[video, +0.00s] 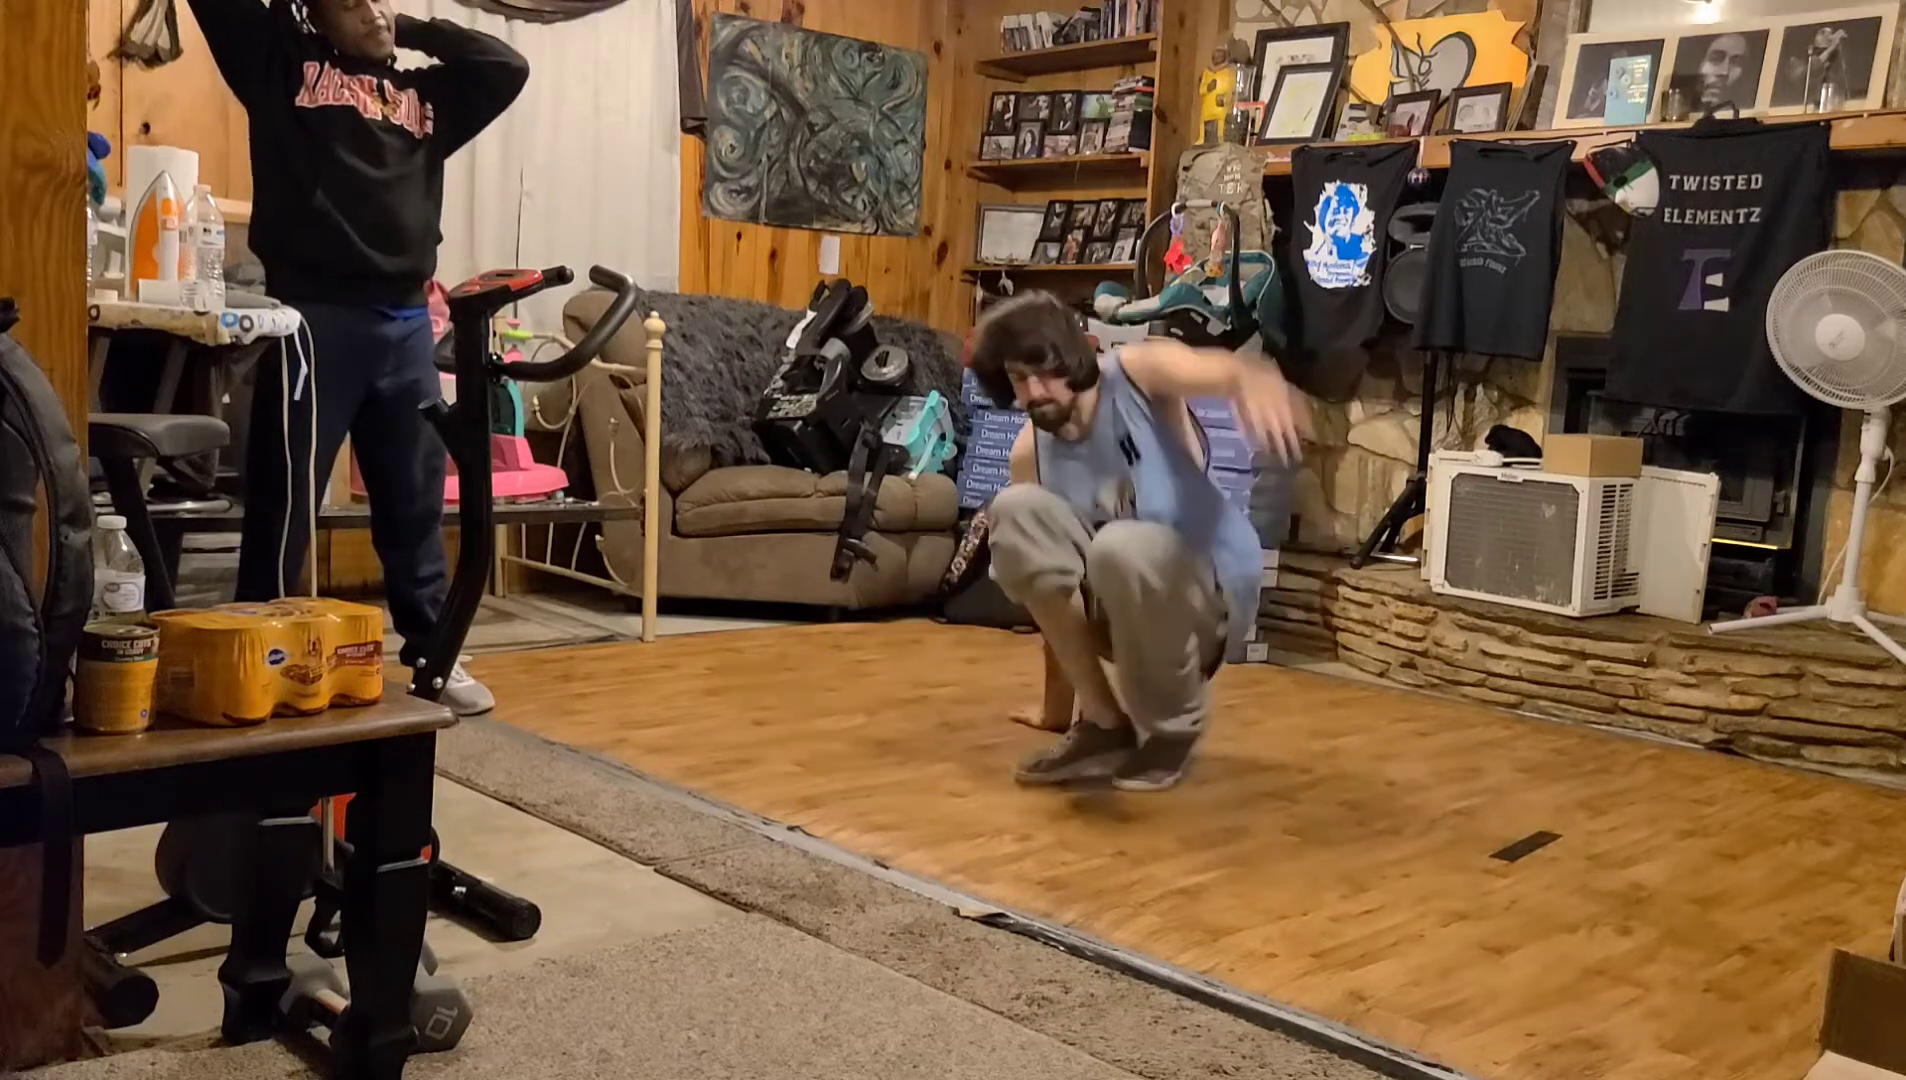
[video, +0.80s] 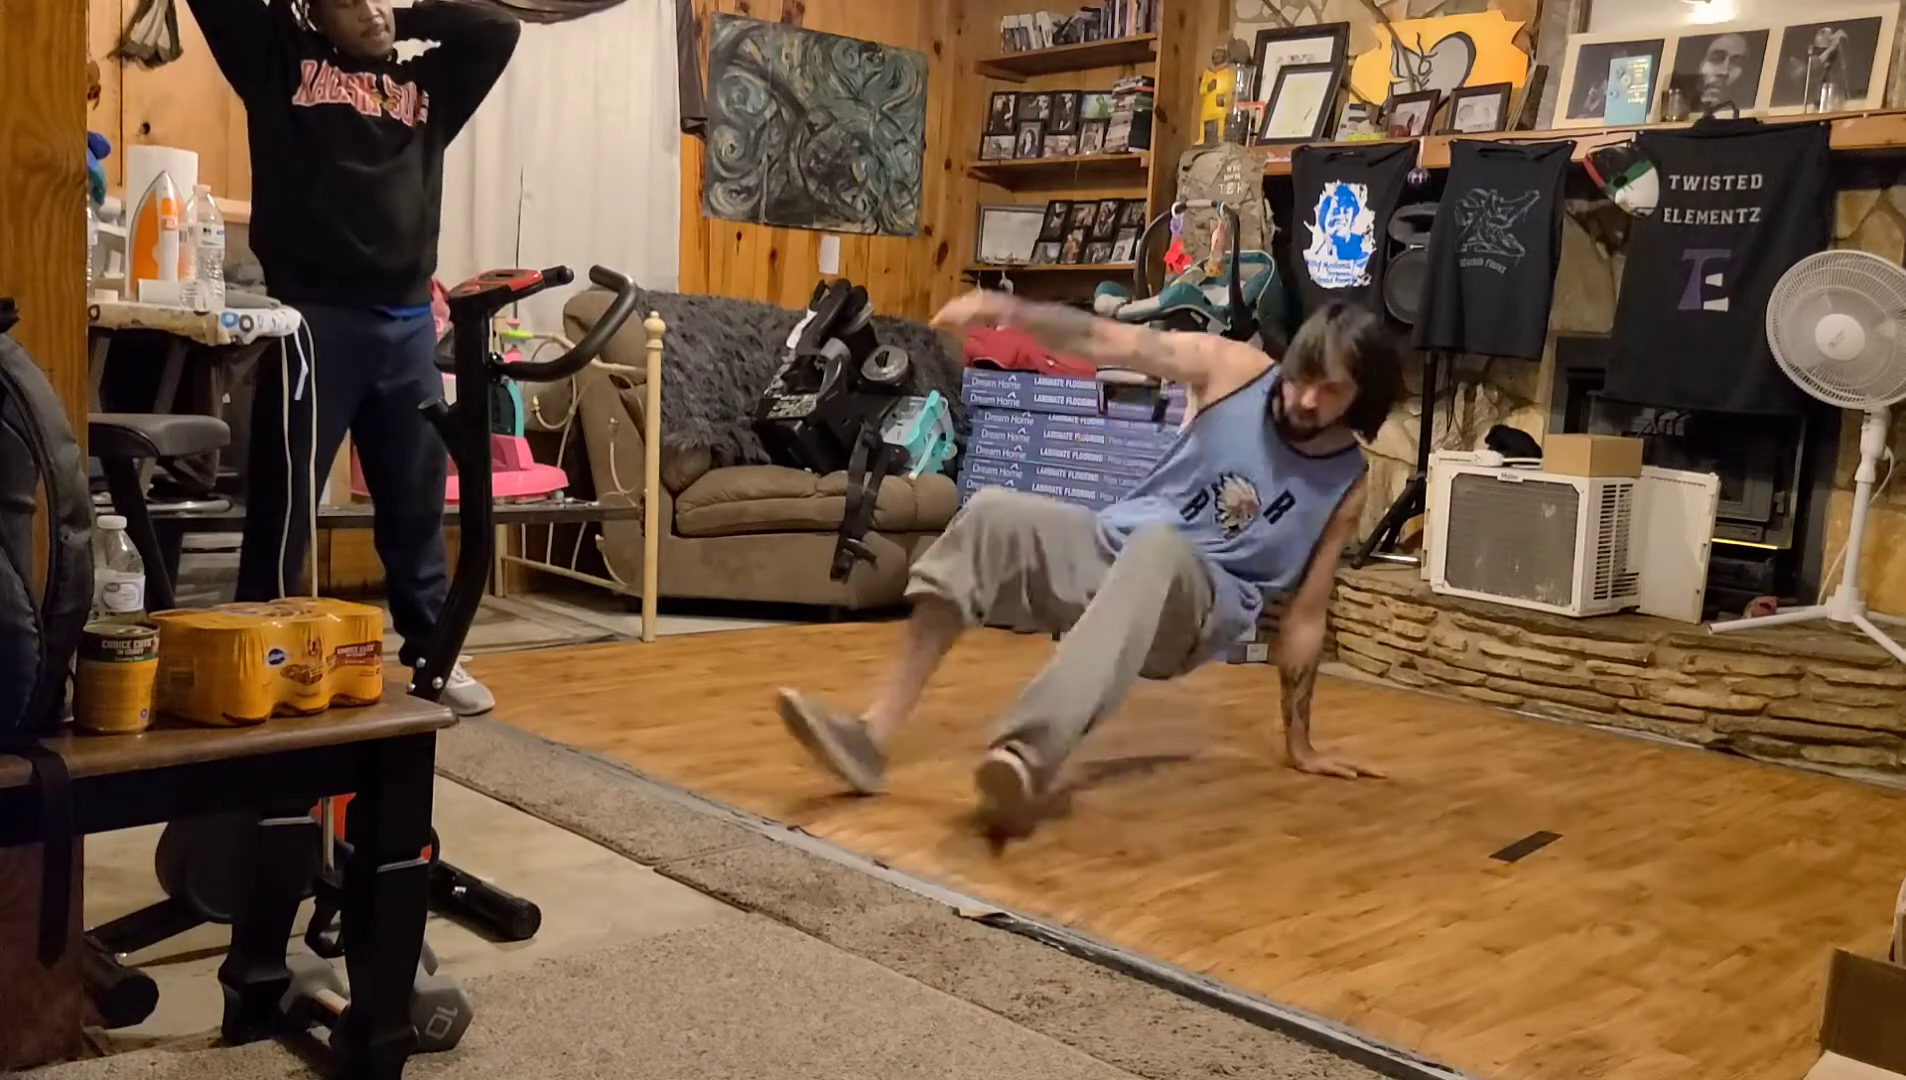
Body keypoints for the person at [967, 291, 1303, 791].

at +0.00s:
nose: (1034, 393)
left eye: (1045, 373)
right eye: (1017, 381)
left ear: (1077, 355)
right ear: (1008, 386)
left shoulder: (1140, 368)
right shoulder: (1029, 455)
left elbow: (1238, 371)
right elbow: (1055, 598)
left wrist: (1257, 383)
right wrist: (1055, 717)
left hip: (1211, 592)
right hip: (1112, 601)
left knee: (1122, 550)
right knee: (1016, 510)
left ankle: (1170, 727)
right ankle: (1101, 723)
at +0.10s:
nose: (1028, 376)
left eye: (1038, 356)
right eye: (1012, 365)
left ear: (1065, 338)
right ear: (997, 369)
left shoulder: (1116, 340)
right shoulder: (1028, 452)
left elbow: (1198, 287)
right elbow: (1063, 595)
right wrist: (1058, 727)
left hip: (1219, 566)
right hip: (1117, 580)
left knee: (1134, 515)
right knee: (1017, 524)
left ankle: (1188, 769)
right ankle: (1055, 761)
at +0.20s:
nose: (1022, 379)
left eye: (1031, 358)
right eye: (1005, 369)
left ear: (1057, 342)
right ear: (992, 374)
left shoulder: (1110, 339)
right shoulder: (1025, 456)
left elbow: (1200, 293)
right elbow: (1050, 585)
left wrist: (1272, 229)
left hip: (1224, 549)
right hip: (1126, 570)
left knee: (1142, 511)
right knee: (1025, 514)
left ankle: (1168, 775)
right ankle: (1051, 758)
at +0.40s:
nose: (1077, 390)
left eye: (1093, 373)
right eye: (1062, 375)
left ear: (1127, 369)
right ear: (1046, 378)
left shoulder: (1190, 425)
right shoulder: (1039, 451)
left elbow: (1264, 539)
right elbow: (1036, 569)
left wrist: (1339, 638)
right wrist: (1037, 688)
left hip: (1191, 616)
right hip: (1088, 611)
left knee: (1107, 569)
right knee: (1001, 566)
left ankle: (1129, 730)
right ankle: (1076, 723)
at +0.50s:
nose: (1172, 404)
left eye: (1190, 396)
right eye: (1163, 387)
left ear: (1225, 388)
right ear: (1151, 370)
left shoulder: (1255, 465)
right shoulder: (1103, 412)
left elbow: (1277, 617)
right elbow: (1019, 518)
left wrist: (1312, 742)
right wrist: (945, 597)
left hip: (1177, 622)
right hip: (1072, 586)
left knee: (1104, 569)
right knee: (982, 572)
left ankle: (1121, 733)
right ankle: (1069, 710)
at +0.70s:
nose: (1291, 396)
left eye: (1315, 390)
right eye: (1288, 373)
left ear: (1349, 393)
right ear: (1276, 350)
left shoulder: (1333, 475)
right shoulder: (1218, 363)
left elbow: (1306, 614)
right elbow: (1097, 342)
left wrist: (1302, 744)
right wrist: (1022, 300)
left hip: (1201, 594)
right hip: (1113, 538)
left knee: (1140, 570)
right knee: (994, 528)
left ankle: (998, 775)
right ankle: (853, 744)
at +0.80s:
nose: (1308, 400)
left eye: (1331, 393)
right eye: (1303, 378)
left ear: (1363, 397)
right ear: (1291, 355)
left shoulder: (1345, 477)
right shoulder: (1230, 365)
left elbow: (1305, 612)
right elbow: (1105, 339)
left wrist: (1300, 744)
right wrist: (1004, 309)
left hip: (1197, 609)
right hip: (1111, 548)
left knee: (1162, 545)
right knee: (990, 516)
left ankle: (1029, 766)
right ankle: (874, 735)